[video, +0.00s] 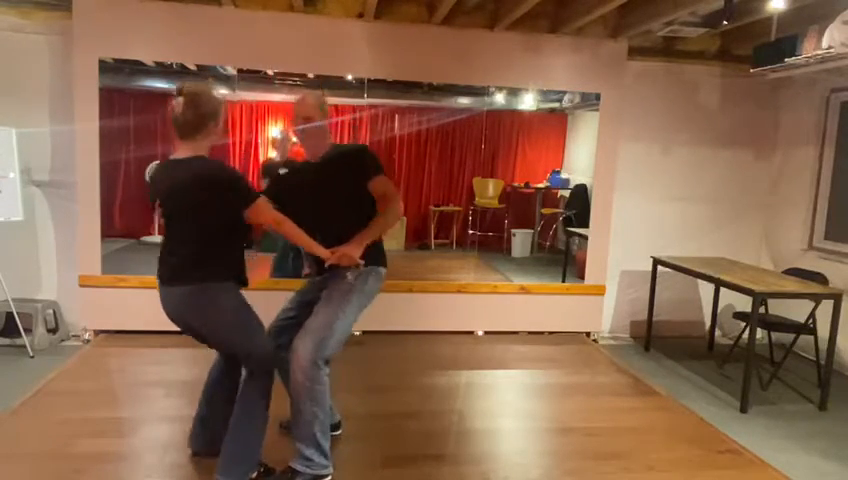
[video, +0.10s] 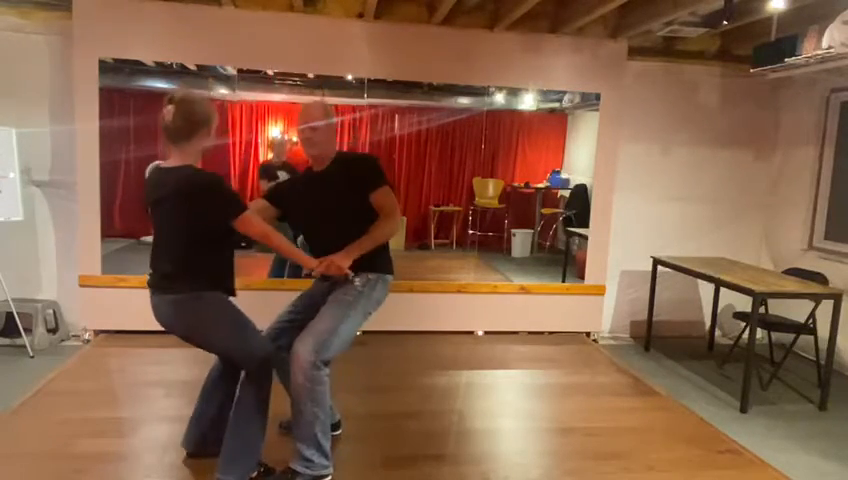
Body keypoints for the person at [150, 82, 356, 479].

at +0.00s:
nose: (223, 127)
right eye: (221, 121)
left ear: (175, 126)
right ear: (216, 127)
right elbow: (272, 219)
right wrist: (320, 251)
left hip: (174, 295)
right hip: (212, 294)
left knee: (233, 350)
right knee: (261, 359)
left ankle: (206, 440)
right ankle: (239, 467)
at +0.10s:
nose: (217, 132)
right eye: (214, 126)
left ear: (167, 131)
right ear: (208, 132)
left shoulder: (156, 179)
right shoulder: (208, 185)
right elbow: (257, 230)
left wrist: (166, 120)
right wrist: (307, 262)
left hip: (167, 301)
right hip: (198, 302)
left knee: (236, 351)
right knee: (260, 356)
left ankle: (202, 440)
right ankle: (240, 467)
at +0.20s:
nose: (210, 141)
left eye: (208, 133)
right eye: (207, 134)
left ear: (162, 138)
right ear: (200, 140)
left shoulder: (154, 181)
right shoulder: (196, 192)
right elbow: (248, 241)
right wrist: (295, 268)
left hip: (160, 304)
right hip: (186, 307)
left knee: (238, 351)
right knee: (255, 358)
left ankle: (202, 441)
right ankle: (240, 467)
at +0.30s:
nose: (207, 146)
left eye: (205, 139)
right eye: (203, 139)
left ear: (163, 145)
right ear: (192, 147)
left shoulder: (155, 180)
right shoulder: (187, 200)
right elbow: (245, 253)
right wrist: (294, 277)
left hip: (157, 304)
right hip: (173, 311)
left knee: (241, 349)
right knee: (253, 356)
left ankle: (203, 440)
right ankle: (239, 467)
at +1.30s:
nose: (230, 128)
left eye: (228, 121)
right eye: (223, 122)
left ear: (204, 128)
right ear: (198, 129)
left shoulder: (210, 174)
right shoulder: (185, 179)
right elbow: (218, 245)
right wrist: (264, 278)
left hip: (209, 278)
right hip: (177, 283)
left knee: (215, 351)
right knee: (217, 350)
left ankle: (200, 431)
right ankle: (245, 451)